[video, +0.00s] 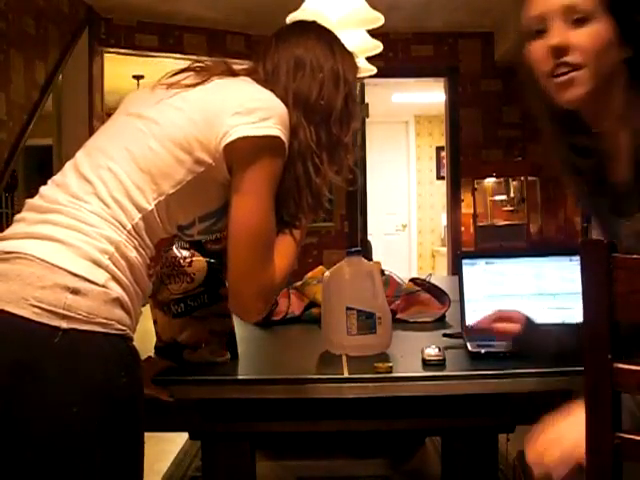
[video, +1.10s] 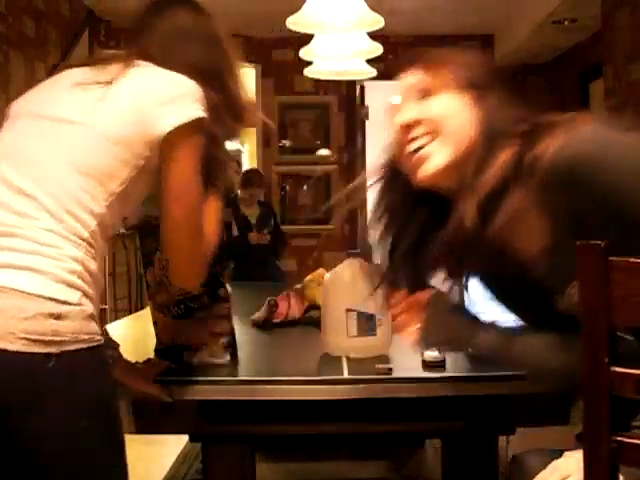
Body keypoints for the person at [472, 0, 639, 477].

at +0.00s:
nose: (556, 43)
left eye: (579, 19)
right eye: (538, 31)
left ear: (623, 33)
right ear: (528, 56)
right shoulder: (593, 160)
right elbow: (625, 330)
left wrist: (605, 410)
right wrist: (536, 337)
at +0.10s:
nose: (505, 63)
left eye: (525, 38)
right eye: (483, 55)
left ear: (574, 55)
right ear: (475, 90)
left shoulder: (634, 162)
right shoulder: (551, 192)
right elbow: (614, 334)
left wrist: (612, 443)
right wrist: (502, 342)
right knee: (522, 456)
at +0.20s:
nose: (443, 101)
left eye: (463, 75)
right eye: (421, 97)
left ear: (510, 87)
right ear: (417, 135)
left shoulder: (611, 144)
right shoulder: (492, 235)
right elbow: (570, 370)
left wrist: (610, 440)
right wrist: (452, 357)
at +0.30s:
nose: (393, 141)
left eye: (408, 115)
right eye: (368, 139)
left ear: (452, 121)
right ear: (363, 179)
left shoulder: (559, 161)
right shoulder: (445, 277)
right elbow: (543, 409)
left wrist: (605, 441)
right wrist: (413, 389)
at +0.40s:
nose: (357, 169)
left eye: (370, 142)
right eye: (333, 169)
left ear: (420, 149)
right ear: (335, 218)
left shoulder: (530, 171)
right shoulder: (421, 309)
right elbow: (527, 422)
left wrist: (608, 448)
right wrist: (387, 408)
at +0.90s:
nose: (336, 191)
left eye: (350, 161)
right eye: (317, 190)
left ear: (403, 157)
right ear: (319, 228)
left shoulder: (507, 211)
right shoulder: (423, 309)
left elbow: (638, 277)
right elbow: (544, 411)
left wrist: (609, 447)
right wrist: (403, 406)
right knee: (527, 469)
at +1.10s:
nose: (405, 120)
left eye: (425, 95)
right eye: (397, 113)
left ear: (479, 99)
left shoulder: (577, 155)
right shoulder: (479, 237)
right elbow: (586, 356)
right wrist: (461, 331)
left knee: (537, 471)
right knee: (527, 465)